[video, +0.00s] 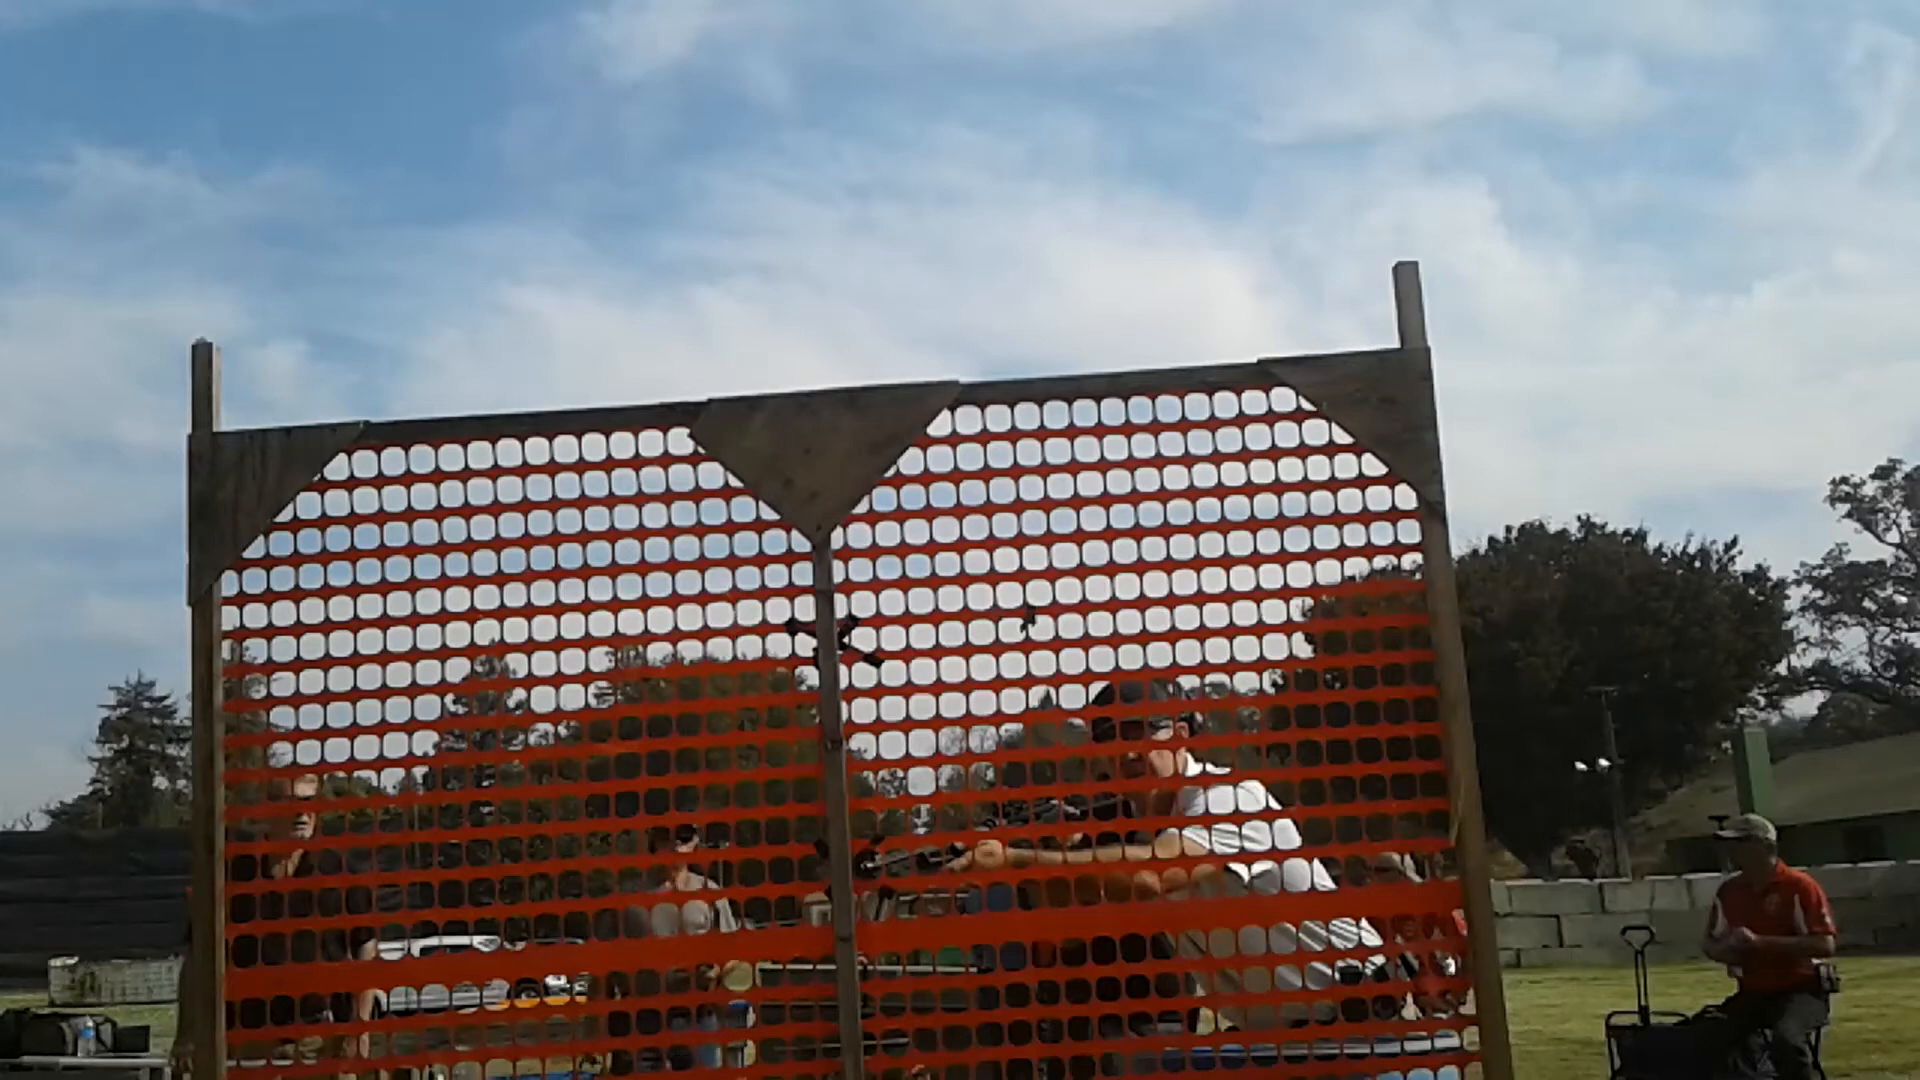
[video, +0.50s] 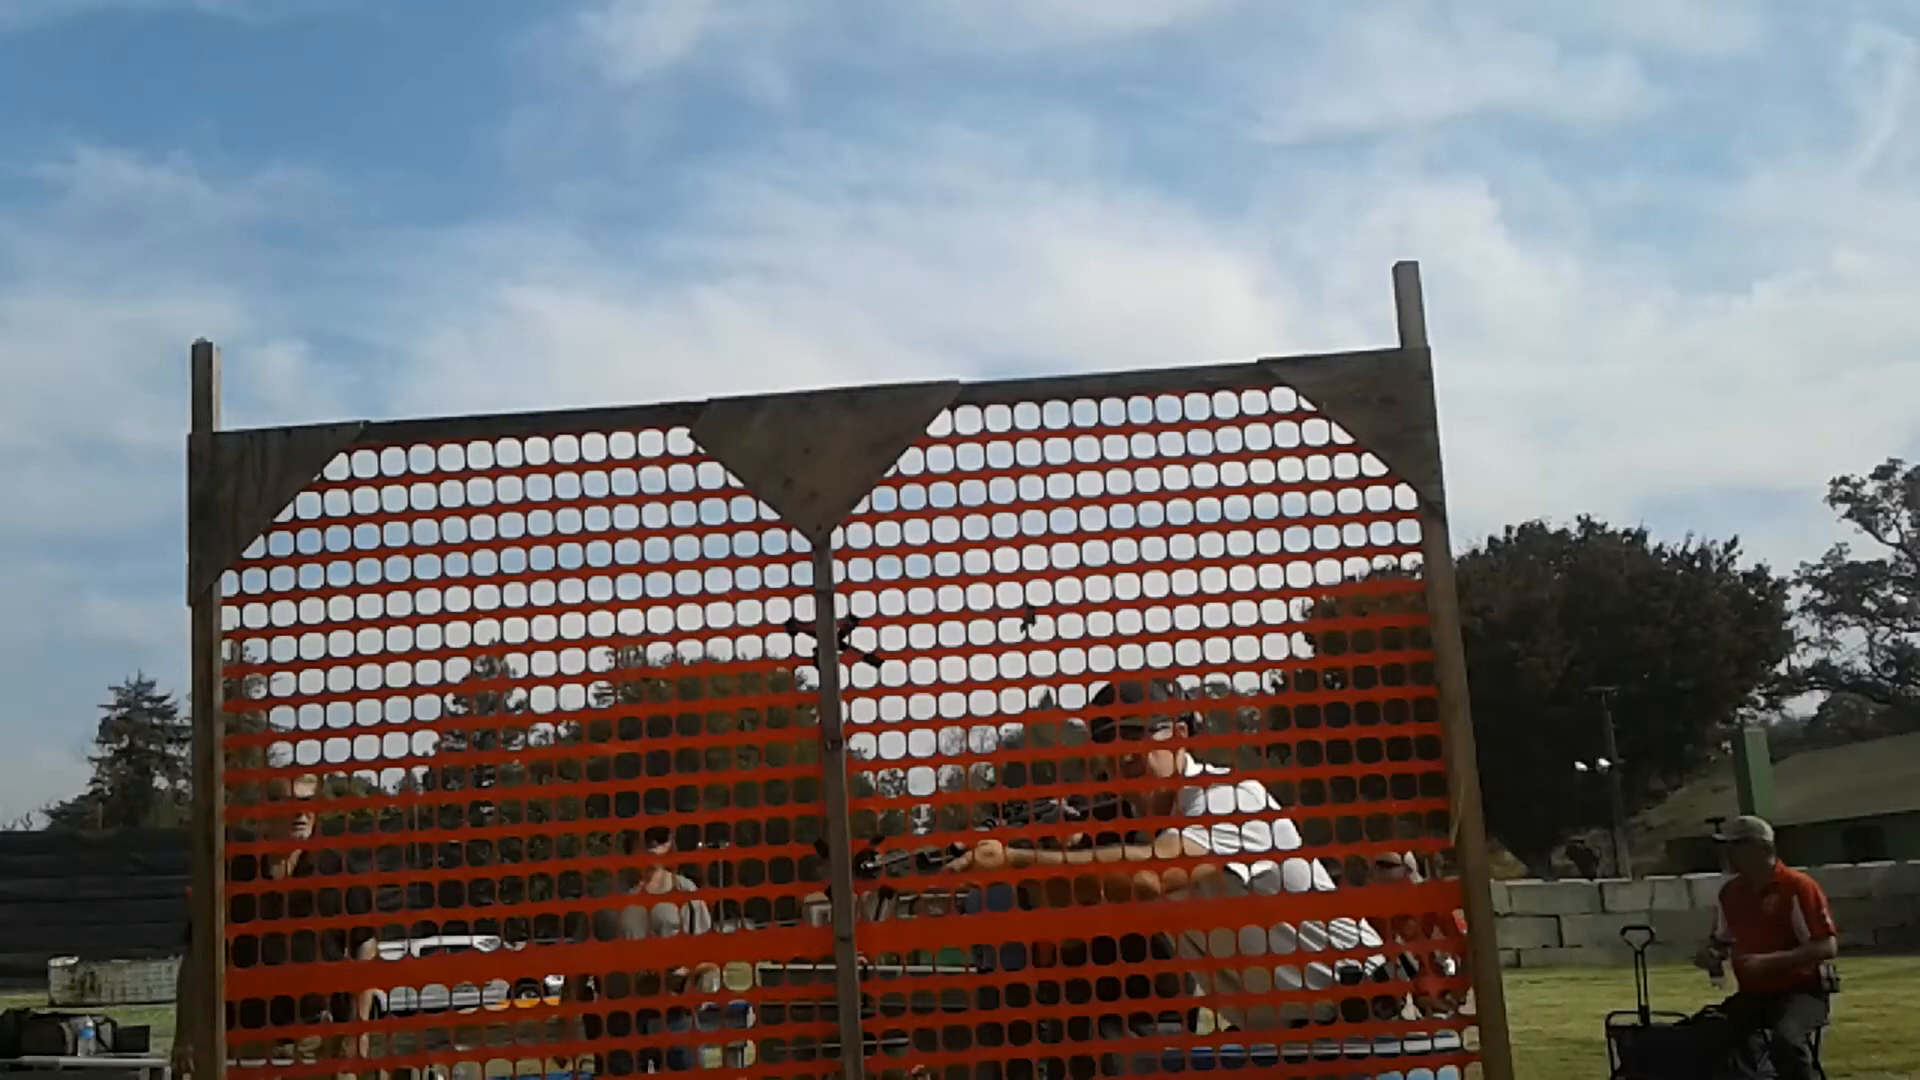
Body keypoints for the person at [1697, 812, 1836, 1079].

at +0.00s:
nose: (1731, 851)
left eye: (1739, 843)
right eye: (1731, 844)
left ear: (1764, 847)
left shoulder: (1801, 886)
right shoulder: (1729, 890)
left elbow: (1825, 945)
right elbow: (1709, 943)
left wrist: (1759, 942)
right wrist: (1726, 951)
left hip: (1801, 993)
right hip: (1754, 994)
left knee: (1787, 1041)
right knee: (1708, 1038)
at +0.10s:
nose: (1731, 851)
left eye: (1738, 843)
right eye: (1730, 844)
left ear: (1763, 847)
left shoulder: (1800, 886)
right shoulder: (1728, 891)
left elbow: (1824, 945)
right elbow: (1711, 944)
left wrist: (1757, 944)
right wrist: (1729, 954)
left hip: (1802, 992)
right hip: (1756, 993)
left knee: (1787, 1041)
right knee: (1708, 1036)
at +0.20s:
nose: (1730, 852)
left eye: (1737, 844)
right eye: (1729, 845)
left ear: (1763, 847)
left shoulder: (1800, 886)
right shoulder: (1729, 891)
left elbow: (1823, 945)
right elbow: (1712, 944)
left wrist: (1757, 945)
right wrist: (1731, 956)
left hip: (1802, 993)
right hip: (1756, 993)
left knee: (1787, 1040)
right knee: (1707, 1036)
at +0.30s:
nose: (1729, 853)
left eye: (1737, 845)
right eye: (1729, 846)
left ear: (1763, 848)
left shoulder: (1800, 886)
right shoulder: (1729, 892)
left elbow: (1822, 946)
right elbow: (1712, 944)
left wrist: (1758, 948)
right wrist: (1726, 954)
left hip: (1801, 993)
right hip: (1755, 994)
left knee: (1787, 1041)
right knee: (1707, 1036)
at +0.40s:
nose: (1729, 853)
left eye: (1736, 846)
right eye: (1729, 846)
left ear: (1763, 848)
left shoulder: (1799, 886)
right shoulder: (1729, 893)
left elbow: (1823, 946)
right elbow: (1713, 946)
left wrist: (1757, 954)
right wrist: (1718, 956)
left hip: (1801, 994)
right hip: (1753, 995)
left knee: (1787, 1041)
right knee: (1706, 1038)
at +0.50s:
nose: (1728, 853)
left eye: (1735, 846)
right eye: (1728, 846)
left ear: (1760, 848)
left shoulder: (1799, 886)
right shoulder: (1730, 893)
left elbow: (1826, 946)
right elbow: (1722, 942)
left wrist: (1766, 961)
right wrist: (1710, 956)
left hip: (1802, 995)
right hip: (1754, 995)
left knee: (1786, 1040)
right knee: (1705, 1036)